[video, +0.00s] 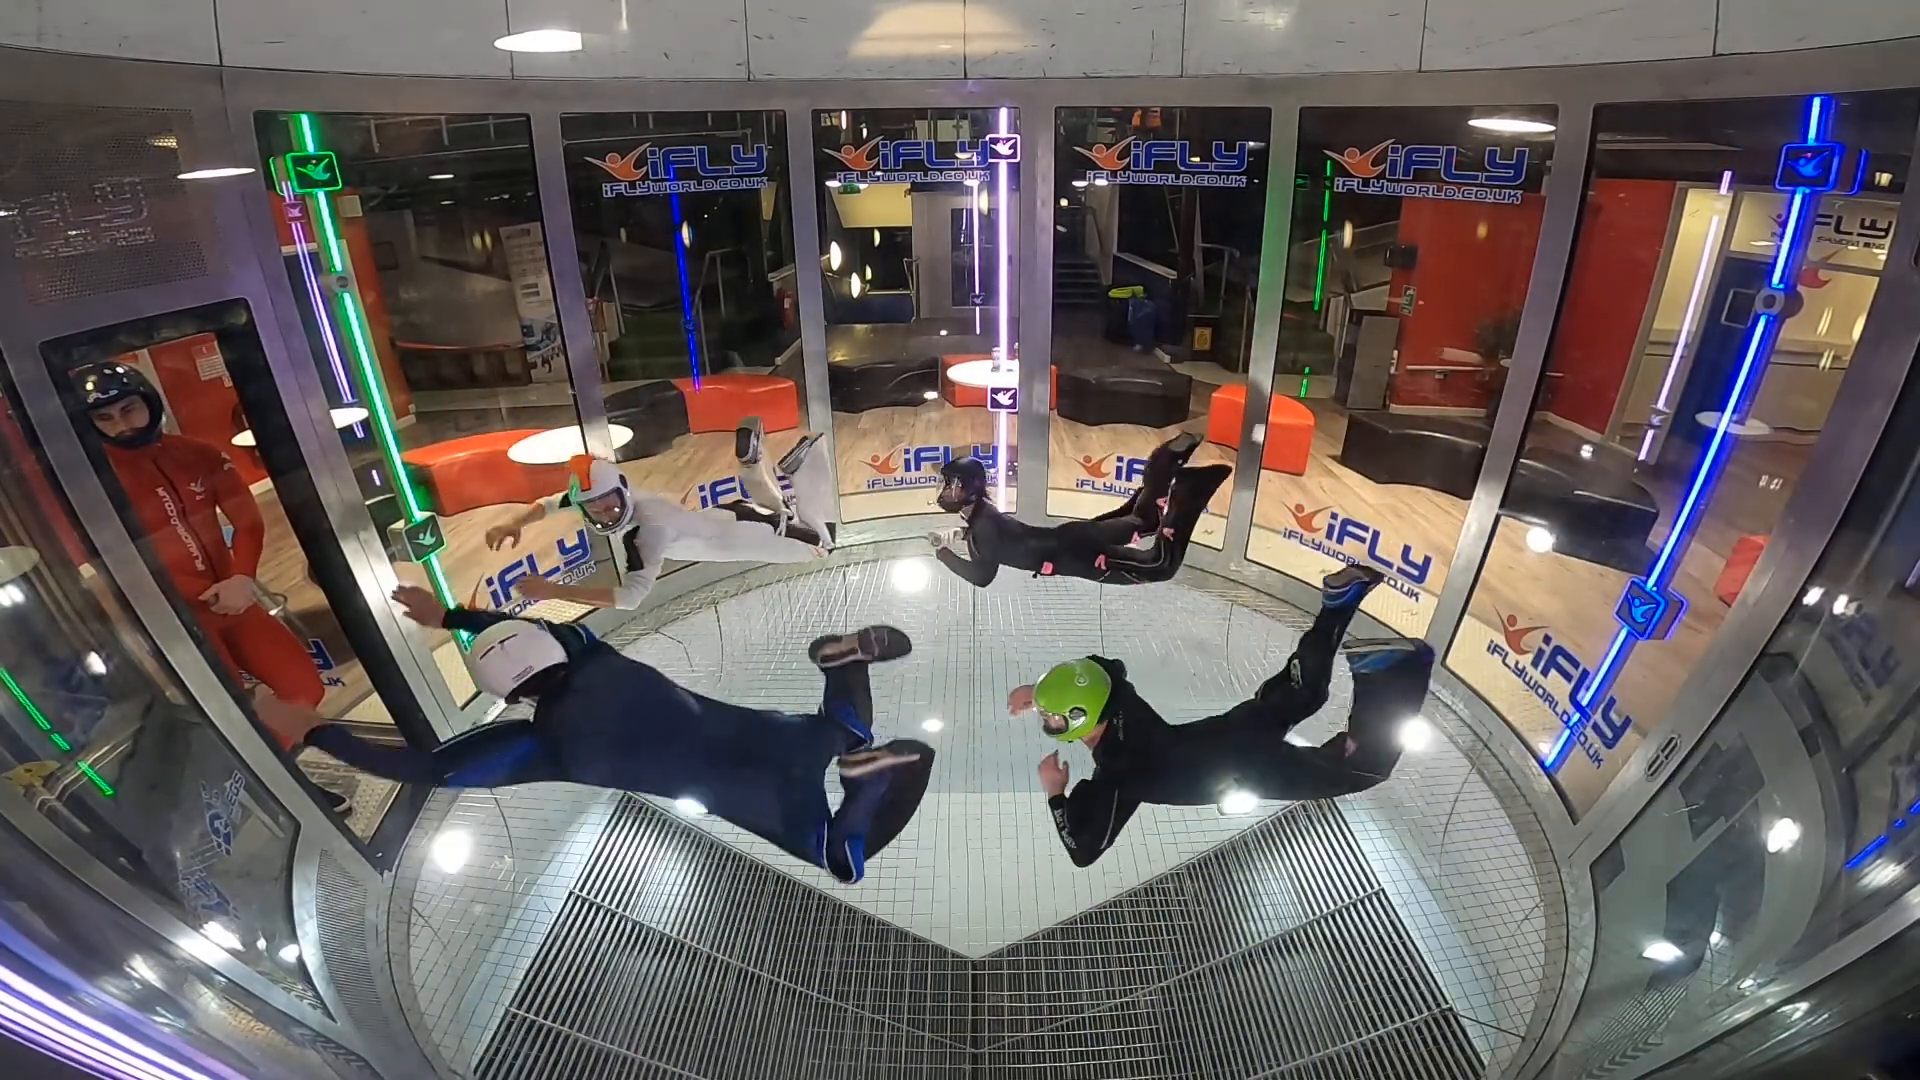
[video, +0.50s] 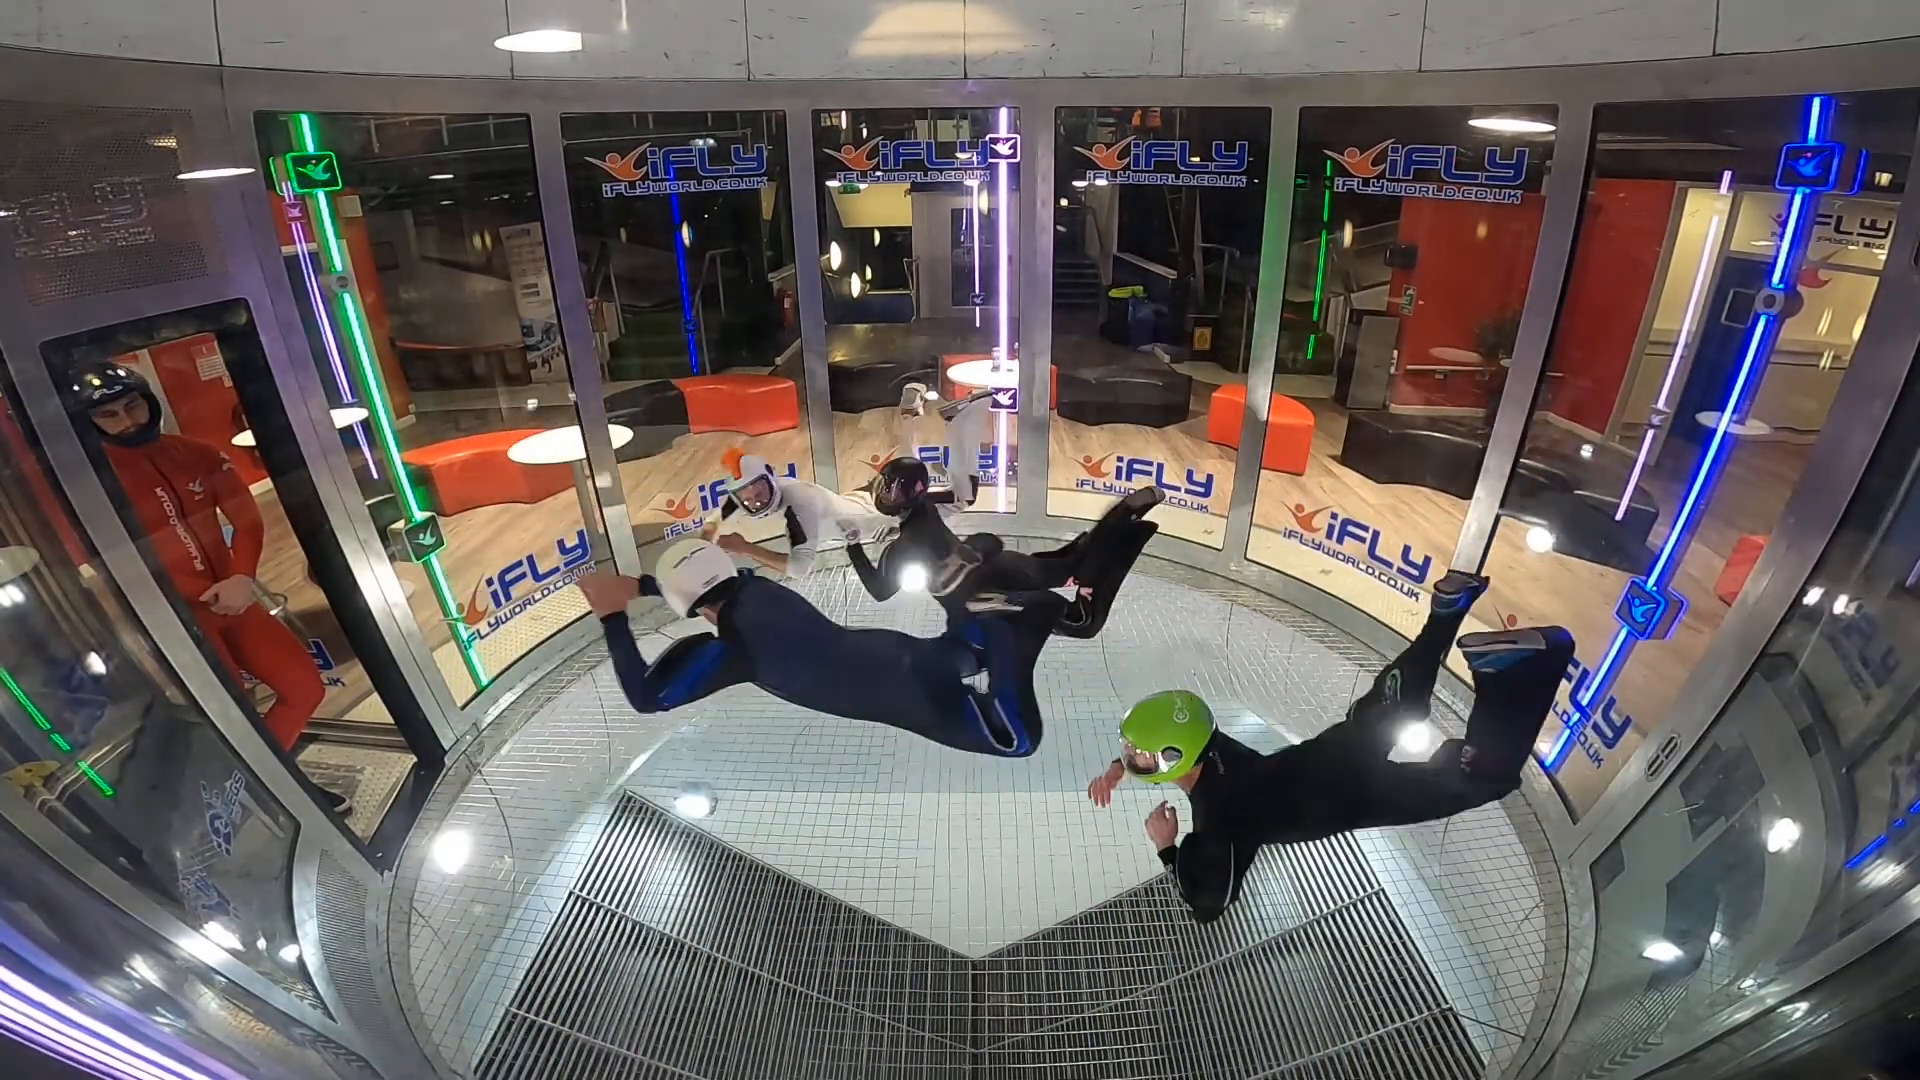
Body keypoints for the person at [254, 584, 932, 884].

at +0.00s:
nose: (529, 662)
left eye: (517, 664)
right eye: (524, 656)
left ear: (516, 697)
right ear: (545, 652)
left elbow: (425, 766)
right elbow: (526, 625)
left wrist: (318, 734)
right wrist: (447, 616)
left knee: (838, 853)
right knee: (846, 720)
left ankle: (893, 771)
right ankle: (849, 656)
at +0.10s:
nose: (531, 666)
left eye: (524, 660)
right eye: (532, 650)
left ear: (538, 667)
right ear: (567, 628)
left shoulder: (565, 715)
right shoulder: (610, 631)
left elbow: (459, 739)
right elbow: (545, 609)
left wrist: (368, 691)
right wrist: (463, 599)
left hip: (760, 759)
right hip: (774, 705)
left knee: (855, 820)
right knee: (842, 700)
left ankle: (906, 732)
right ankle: (845, 640)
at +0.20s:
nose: (565, 641)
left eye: (559, 637)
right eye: (567, 627)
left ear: (570, 648)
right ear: (600, 608)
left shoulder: (600, 694)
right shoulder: (633, 616)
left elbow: (497, 718)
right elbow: (567, 594)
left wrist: (404, 668)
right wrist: (492, 590)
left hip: (775, 736)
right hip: (791, 683)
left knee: (879, 793)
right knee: (867, 683)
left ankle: (904, 699)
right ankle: (859, 614)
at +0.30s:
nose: (598, 623)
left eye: (595, 617)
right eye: (601, 610)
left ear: (605, 624)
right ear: (633, 591)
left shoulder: (639, 668)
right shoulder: (670, 606)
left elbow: (547, 708)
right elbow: (598, 588)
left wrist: (457, 648)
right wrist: (527, 583)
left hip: (806, 714)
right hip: (819, 668)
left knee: (912, 776)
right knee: (884, 669)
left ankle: (923, 675)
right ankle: (883, 593)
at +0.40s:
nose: (645, 626)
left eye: (642, 615)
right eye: (642, 612)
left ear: (651, 614)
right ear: (679, 578)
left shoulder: (692, 649)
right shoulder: (708, 598)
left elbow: (593, 699)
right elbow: (644, 586)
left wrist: (533, 629)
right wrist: (574, 579)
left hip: (854, 698)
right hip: (853, 660)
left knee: (964, 759)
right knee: (920, 661)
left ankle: (958, 653)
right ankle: (916, 584)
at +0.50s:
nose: (694, 614)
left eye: (690, 605)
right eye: (692, 602)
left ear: (698, 603)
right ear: (725, 570)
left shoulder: (731, 644)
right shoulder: (758, 590)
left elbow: (644, 695)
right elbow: (696, 582)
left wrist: (610, 619)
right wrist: (633, 584)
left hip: (907, 693)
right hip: (909, 655)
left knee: (1019, 736)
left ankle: (1003, 627)